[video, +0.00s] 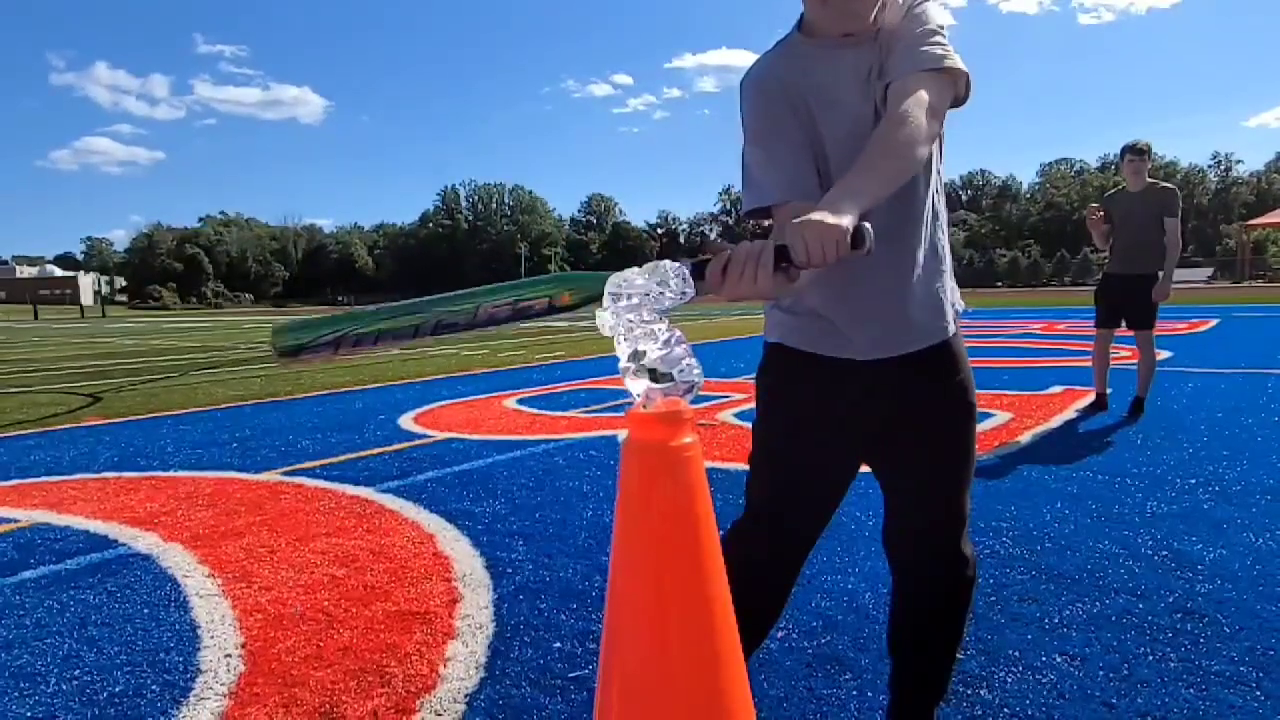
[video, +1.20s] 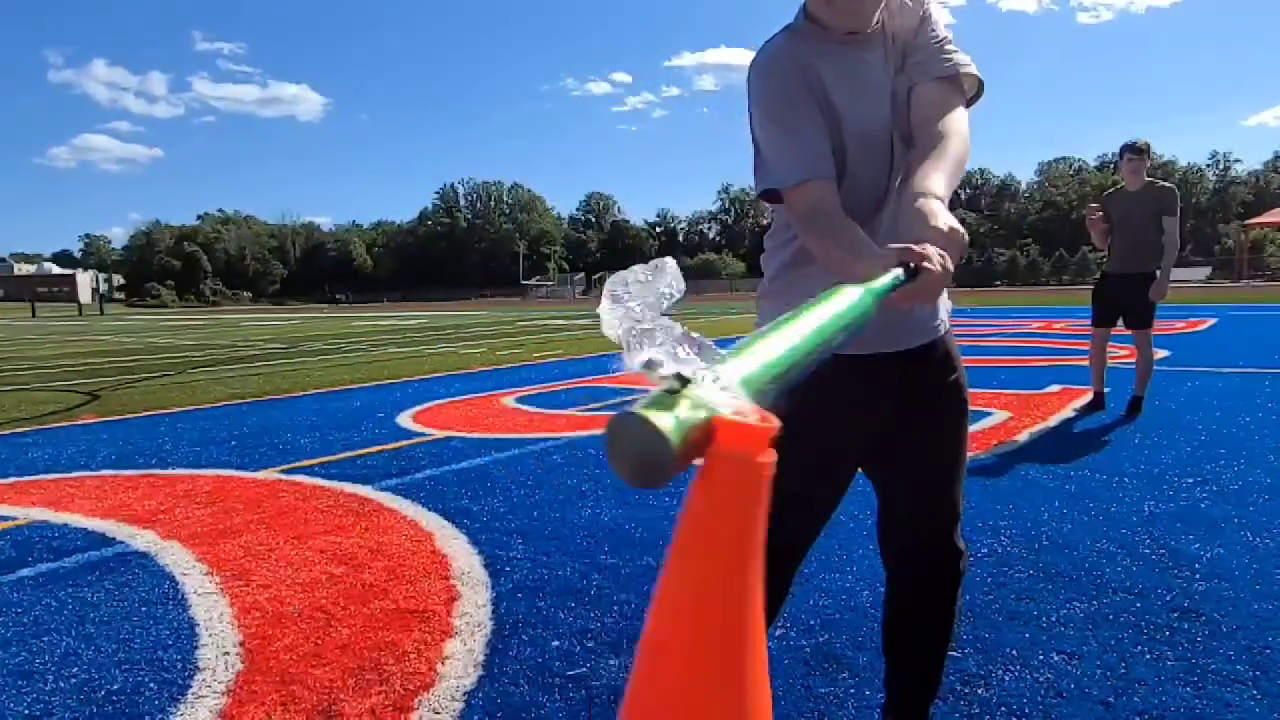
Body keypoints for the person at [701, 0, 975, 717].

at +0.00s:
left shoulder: (918, 22)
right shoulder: (772, 79)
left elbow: (915, 121)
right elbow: (788, 223)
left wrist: (838, 207)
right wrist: (759, 273)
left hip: (924, 357)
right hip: (811, 363)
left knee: (936, 563)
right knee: (764, 554)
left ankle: (913, 711)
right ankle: (682, 694)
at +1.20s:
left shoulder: (918, 21)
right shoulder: (781, 68)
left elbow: (949, 123)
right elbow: (816, 212)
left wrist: (926, 195)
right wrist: (876, 264)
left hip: (921, 355)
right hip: (817, 363)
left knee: (929, 565)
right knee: (759, 571)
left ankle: (909, 712)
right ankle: (698, 700)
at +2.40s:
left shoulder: (912, 18)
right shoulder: (787, 55)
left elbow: (967, 127)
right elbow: (841, 195)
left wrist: (1034, 220)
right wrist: (1002, 253)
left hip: (911, 329)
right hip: (807, 336)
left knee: (921, 541)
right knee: (776, 525)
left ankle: (922, 693)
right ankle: (705, 677)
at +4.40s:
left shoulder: (905, 24)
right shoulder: (811, 38)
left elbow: (958, 134)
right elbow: (912, 177)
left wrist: (1085, 216)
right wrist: (1081, 228)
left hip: (899, 342)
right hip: (799, 346)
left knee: (909, 549)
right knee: (766, 533)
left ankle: (900, 704)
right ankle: (691, 698)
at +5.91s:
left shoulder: (893, 31)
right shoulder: (829, 31)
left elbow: (926, 181)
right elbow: (934, 165)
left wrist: (1032, 219)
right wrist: (1084, 209)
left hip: (886, 334)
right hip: (798, 334)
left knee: (902, 548)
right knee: (762, 533)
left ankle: (896, 708)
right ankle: (687, 698)